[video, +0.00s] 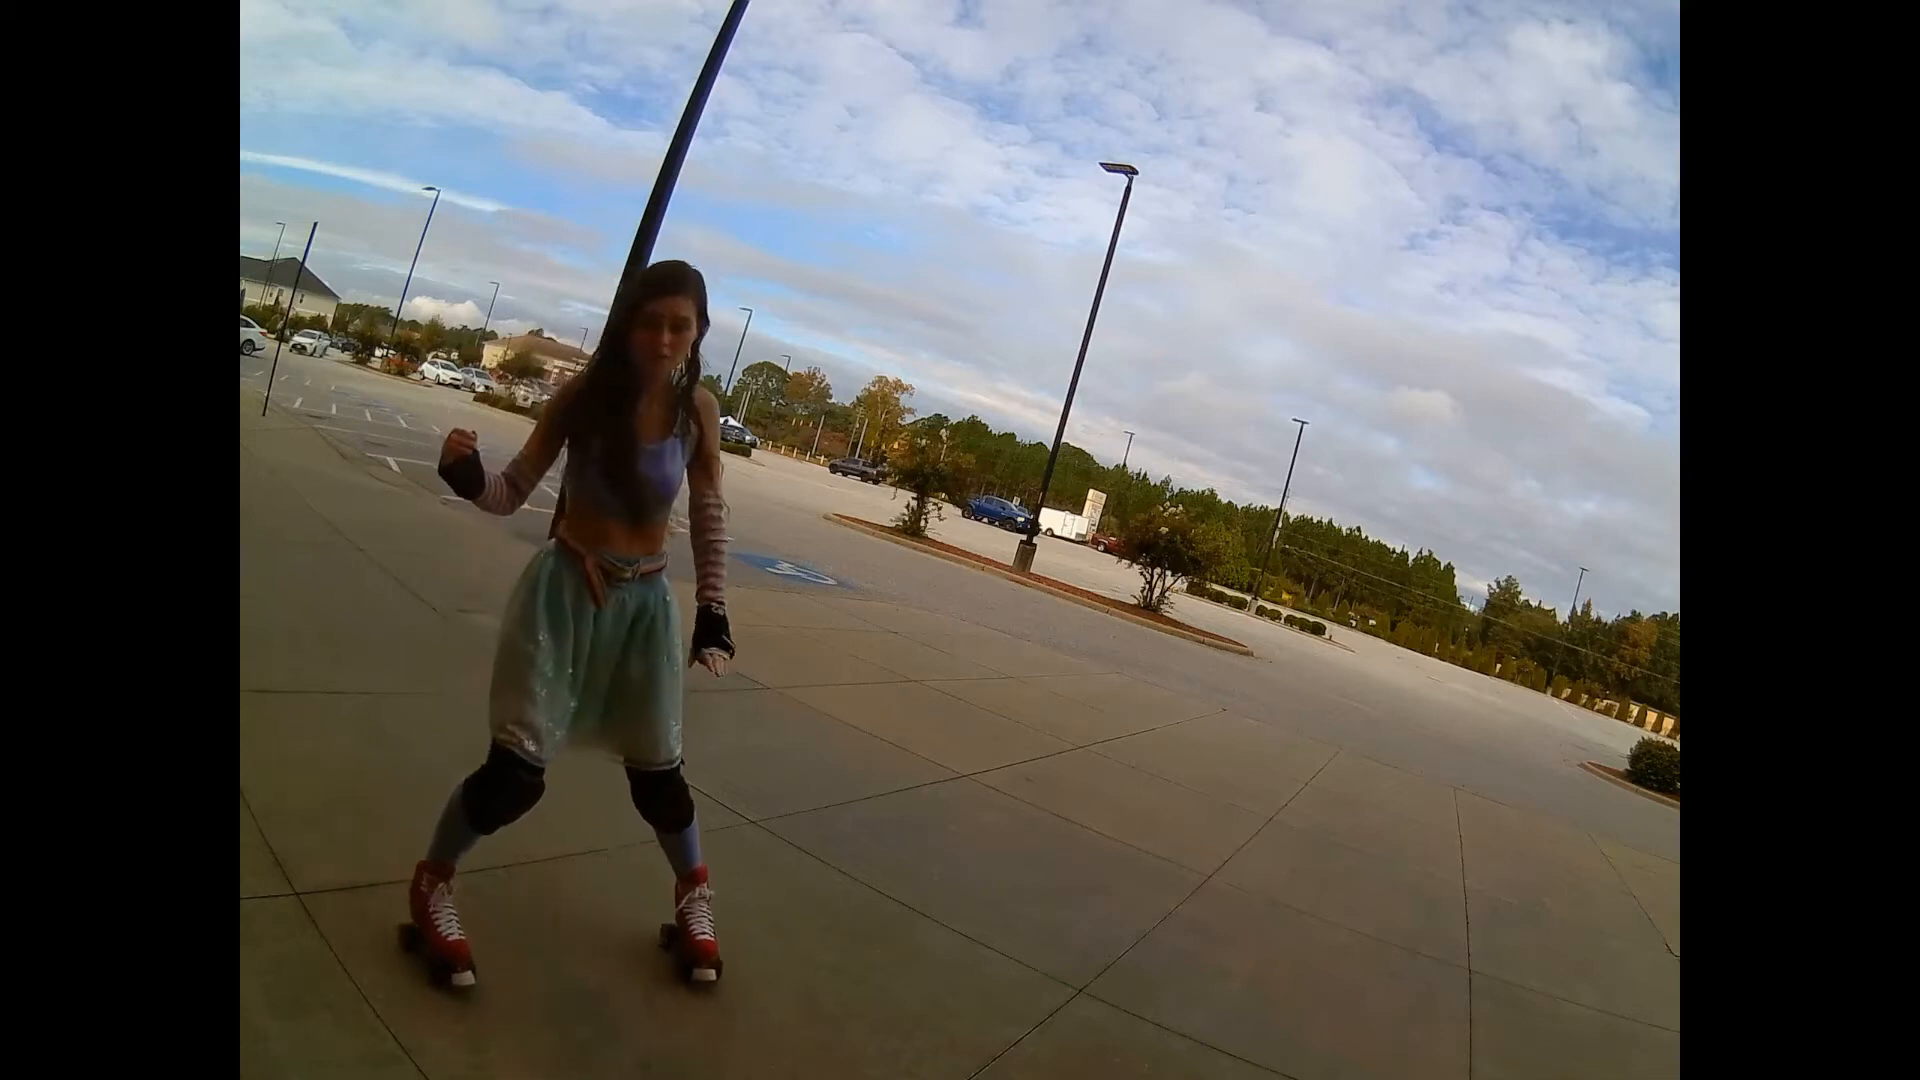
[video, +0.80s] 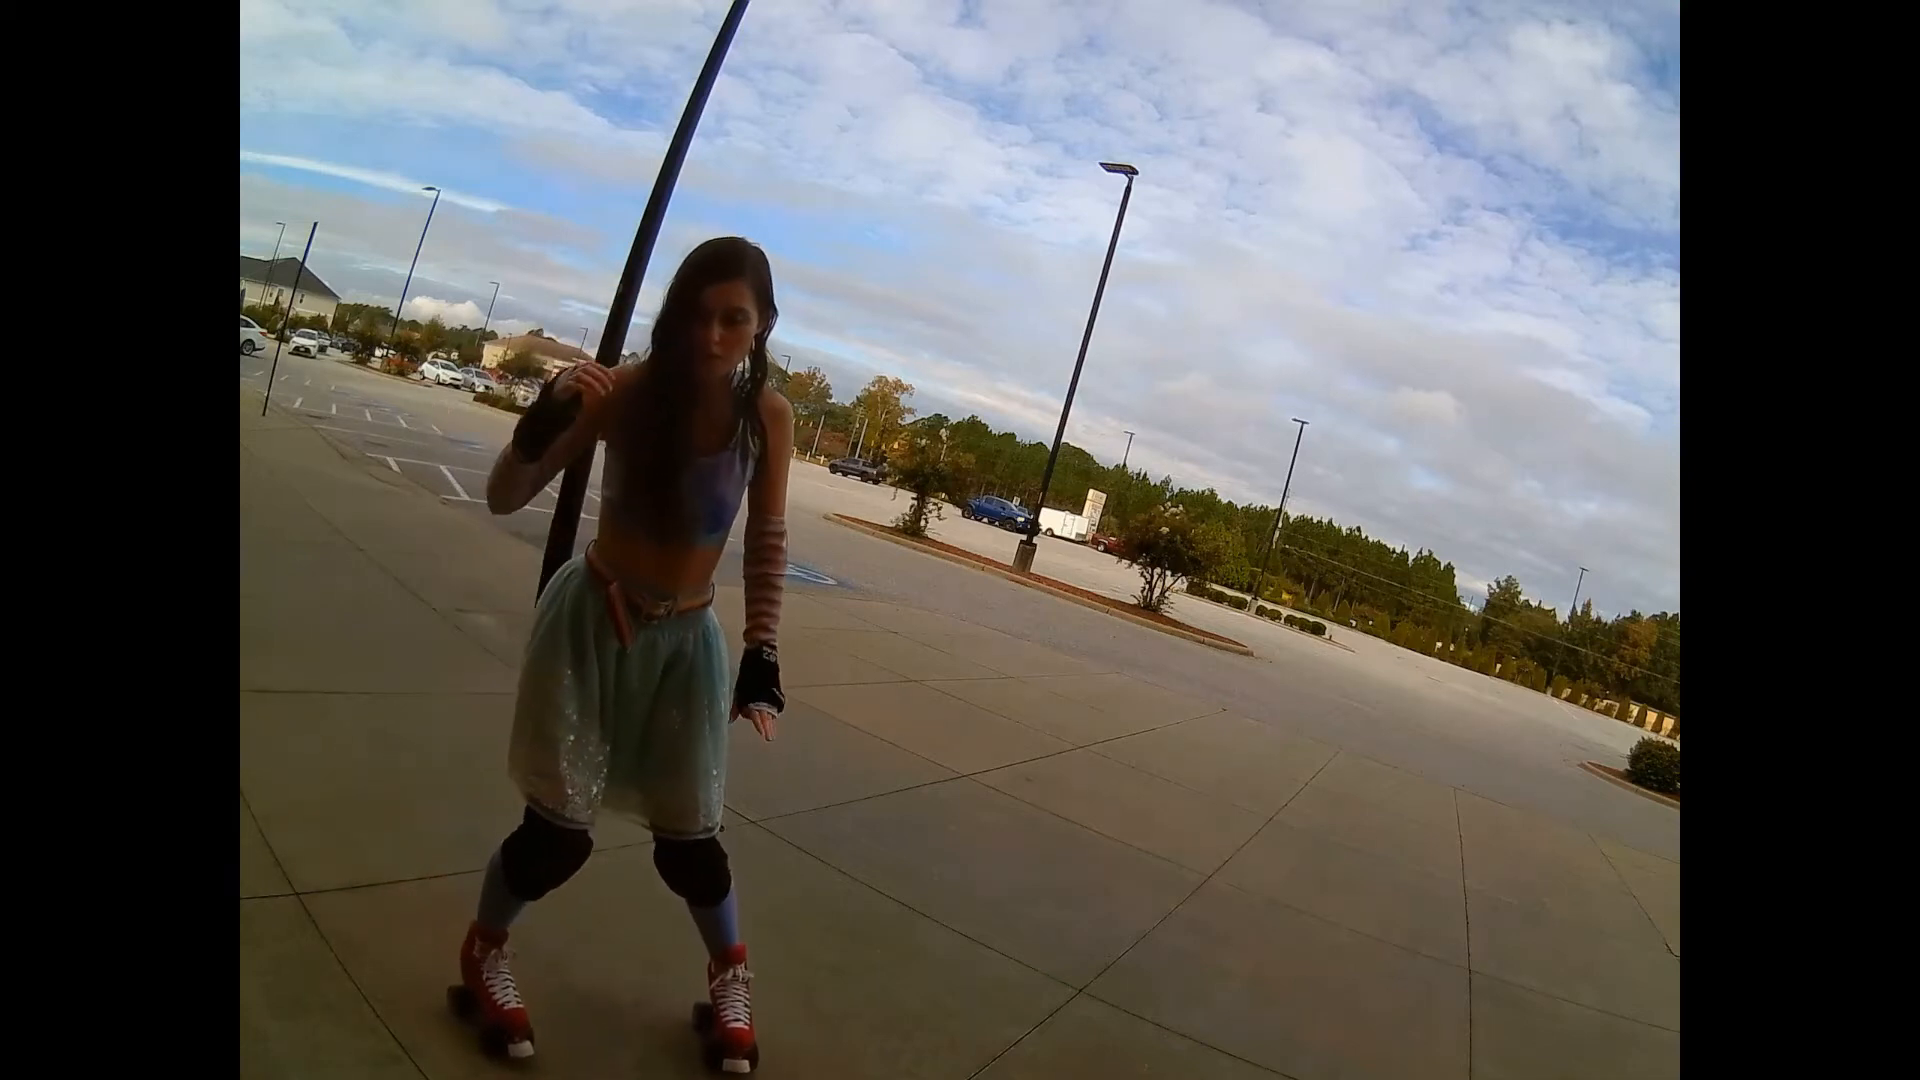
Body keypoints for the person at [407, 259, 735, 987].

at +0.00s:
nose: (665, 340)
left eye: (681, 327)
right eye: (652, 323)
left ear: (698, 336)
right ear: (625, 324)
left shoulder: (696, 411)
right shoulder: (584, 392)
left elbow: (709, 515)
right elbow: (508, 493)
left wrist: (712, 607)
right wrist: (471, 477)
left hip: (644, 601)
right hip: (562, 589)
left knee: (660, 780)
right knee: (516, 776)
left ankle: (694, 894)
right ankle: (432, 881)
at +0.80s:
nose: (712, 337)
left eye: (734, 320)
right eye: (699, 315)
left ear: (761, 328)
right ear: (675, 312)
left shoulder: (764, 416)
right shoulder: (619, 392)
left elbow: (767, 543)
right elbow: (504, 496)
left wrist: (761, 656)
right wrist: (543, 422)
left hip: (686, 637)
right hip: (589, 619)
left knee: (692, 853)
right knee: (558, 837)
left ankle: (732, 974)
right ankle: (484, 948)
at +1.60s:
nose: (775, 309)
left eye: (796, 292)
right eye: (760, 288)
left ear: (820, 303)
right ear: (729, 287)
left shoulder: (812, 402)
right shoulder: (677, 358)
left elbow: (797, 523)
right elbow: (588, 423)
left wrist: (789, 631)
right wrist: (675, 326)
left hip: (729, 628)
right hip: (634, 608)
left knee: (701, 840)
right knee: (580, 832)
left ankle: (667, 977)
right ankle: (526, 980)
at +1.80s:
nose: (784, 315)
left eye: (804, 299)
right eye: (767, 294)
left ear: (826, 311)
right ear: (733, 294)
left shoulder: (819, 410)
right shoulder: (681, 366)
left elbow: (807, 531)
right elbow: (576, 401)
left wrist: (805, 639)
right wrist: (659, 316)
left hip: (737, 630)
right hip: (641, 612)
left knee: (700, 841)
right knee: (583, 831)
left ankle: (659, 972)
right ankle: (536, 990)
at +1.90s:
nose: (783, 316)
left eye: (805, 300)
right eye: (768, 293)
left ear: (826, 311)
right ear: (734, 291)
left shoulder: (817, 410)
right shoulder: (682, 364)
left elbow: (804, 529)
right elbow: (575, 399)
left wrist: (806, 637)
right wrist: (648, 324)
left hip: (736, 628)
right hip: (639, 609)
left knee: (696, 837)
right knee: (585, 834)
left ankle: (657, 970)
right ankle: (536, 989)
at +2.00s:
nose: (782, 316)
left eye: (805, 301)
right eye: (768, 292)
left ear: (825, 313)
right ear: (734, 289)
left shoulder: (816, 408)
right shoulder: (681, 364)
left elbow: (800, 530)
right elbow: (567, 407)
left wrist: (804, 628)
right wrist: (636, 340)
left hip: (734, 628)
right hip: (637, 611)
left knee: (697, 835)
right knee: (584, 835)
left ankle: (656, 971)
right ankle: (535, 991)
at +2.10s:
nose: (782, 315)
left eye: (805, 300)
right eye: (768, 289)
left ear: (826, 311)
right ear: (732, 285)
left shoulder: (815, 407)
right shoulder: (676, 363)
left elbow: (797, 522)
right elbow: (555, 435)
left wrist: (800, 597)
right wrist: (573, 400)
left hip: (728, 628)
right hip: (633, 611)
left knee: (695, 840)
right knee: (581, 843)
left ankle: (657, 974)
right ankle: (534, 1000)